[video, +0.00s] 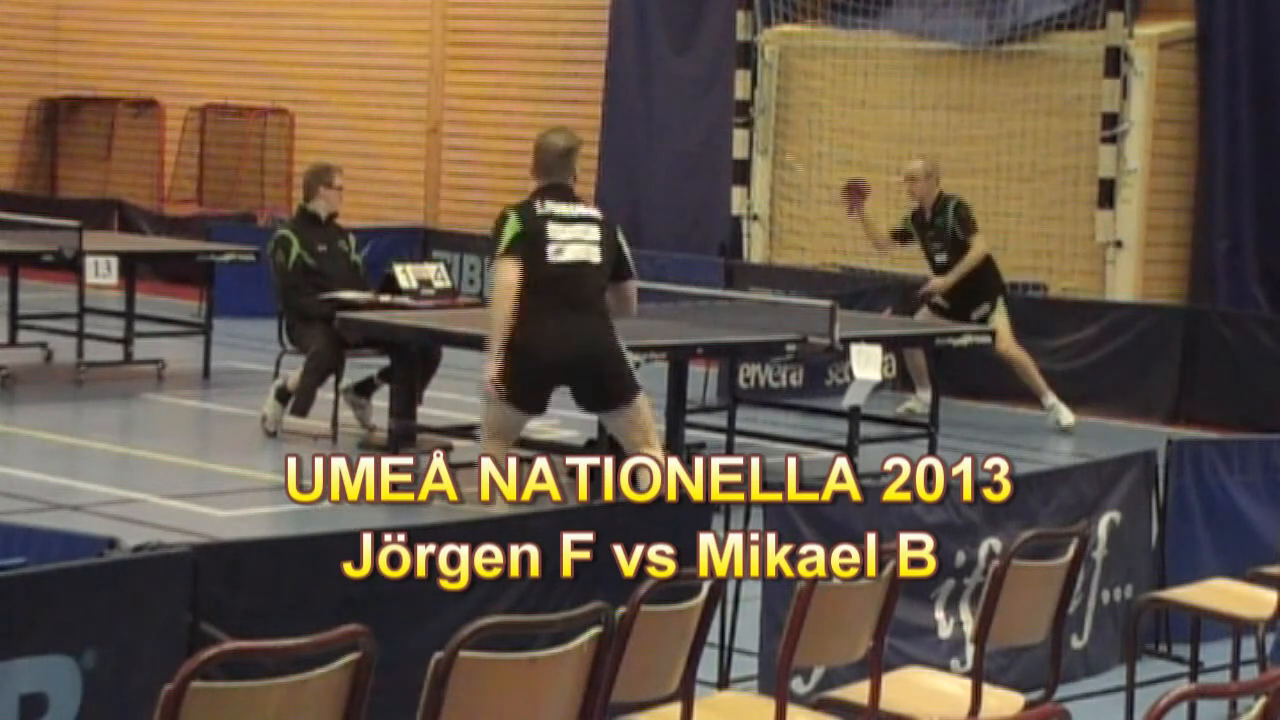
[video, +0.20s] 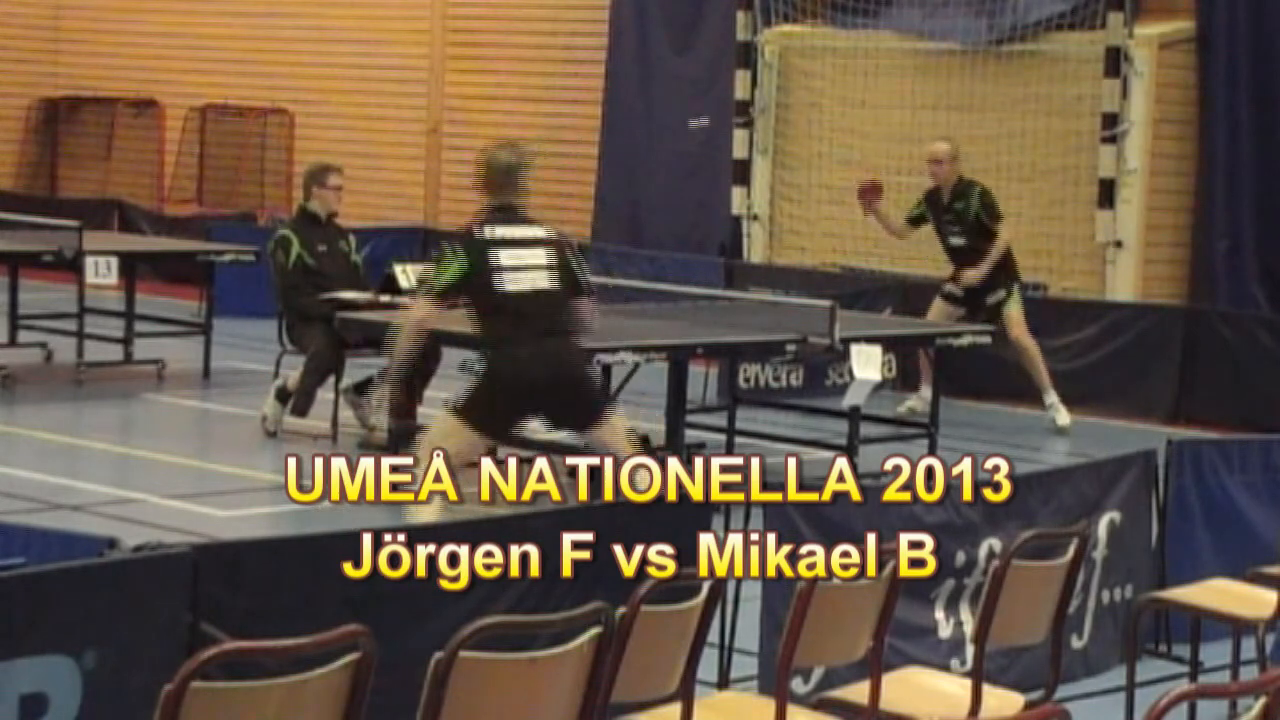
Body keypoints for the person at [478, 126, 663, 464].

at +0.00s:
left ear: (534, 169)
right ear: (575, 172)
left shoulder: (517, 217)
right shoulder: (603, 222)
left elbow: (507, 288)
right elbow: (626, 304)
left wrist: (495, 356)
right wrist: (585, 306)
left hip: (532, 349)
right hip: (594, 349)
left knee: (495, 444)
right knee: (645, 445)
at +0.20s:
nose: (479, 185)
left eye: (481, 179)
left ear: (484, 185)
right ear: (522, 186)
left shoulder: (473, 242)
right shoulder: (553, 241)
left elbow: (421, 311)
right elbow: (584, 311)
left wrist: (399, 360)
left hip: (510, 375)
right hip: (567, 370)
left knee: (434, 457)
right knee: (627, 454)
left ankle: (422, 548)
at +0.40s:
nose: (457, 148)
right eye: (455, 143)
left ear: (410, 147)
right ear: (451, 149)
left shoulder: (377, 204)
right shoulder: (472, 210)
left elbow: (335, 280)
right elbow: (502, 294)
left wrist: (344, 326)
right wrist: (461, 309)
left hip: (384, 345)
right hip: (448, 344)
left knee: (353, 464)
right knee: (511, 431)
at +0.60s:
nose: (376, 160)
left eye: (375, 151)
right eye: (374, 152)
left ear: (327, 151)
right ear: (365, 156)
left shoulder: (290, 207)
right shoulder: (361, 214)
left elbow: (264, 274)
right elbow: (372, 295)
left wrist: (314, 290)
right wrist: (409, 331)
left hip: (280, 349)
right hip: (340, 353)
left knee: (234, 463)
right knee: (411, 453)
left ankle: (155, 526)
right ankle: (435, 548)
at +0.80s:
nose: (255, 159)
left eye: (255, 150)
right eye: (251, 150)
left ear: (211, 148)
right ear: (235, 150)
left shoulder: (202, 197)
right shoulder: (198, 201)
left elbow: (211, 262)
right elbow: (143, 268)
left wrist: (272, 272)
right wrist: (186, 324)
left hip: (153, 350)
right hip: (184, 347)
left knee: (180, 467)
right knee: (293, 432)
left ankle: (122, 549)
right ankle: (301, 547)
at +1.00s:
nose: (135, 129)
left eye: (136, 119)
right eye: (126, 118)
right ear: (93, 120)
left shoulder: (107, 186)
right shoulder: (64, 191)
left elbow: (104, 266)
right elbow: (52, 277)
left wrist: (155, 280)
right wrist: (134, 297)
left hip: (98, 324)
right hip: (69, 329)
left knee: (131, 442)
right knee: (131, 436)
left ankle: (112, 549)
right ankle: (22, 514)